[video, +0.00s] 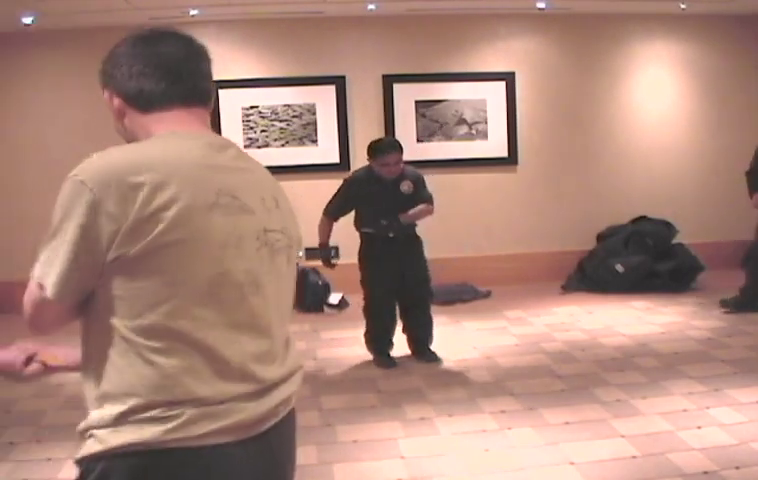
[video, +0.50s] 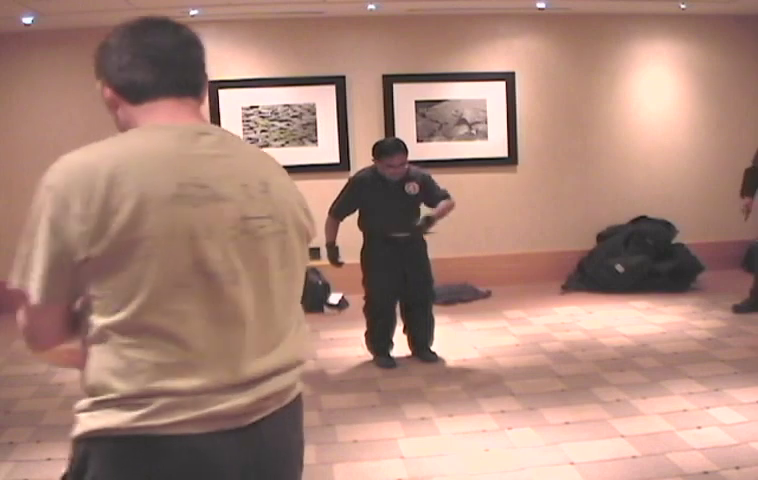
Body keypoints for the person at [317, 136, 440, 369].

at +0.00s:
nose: (392, 170)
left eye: (396, 164)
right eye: (385, 165)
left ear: (402, 160)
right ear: (372, 164)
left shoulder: (412, 178)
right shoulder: (358, 182)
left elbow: (427, 206)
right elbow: (328, 215)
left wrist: (400, 220)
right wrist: (324, 246)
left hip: (407, 244)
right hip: (375, 247)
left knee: (417, 296)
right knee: (379, 300)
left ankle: (421, 346)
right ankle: (380, 350)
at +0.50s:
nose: (399, 171)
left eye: (402, 165)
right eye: (392, 167)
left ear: (408, 160)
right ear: (378, 164)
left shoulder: (418, 178)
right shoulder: (362, 182)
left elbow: (446, 202)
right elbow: (334, 215)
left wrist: (432, 218)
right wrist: (330, 245)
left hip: (412, 246)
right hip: (379, 247)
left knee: (419, 297)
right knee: (380, 301)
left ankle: (421, 346)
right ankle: (381, 350)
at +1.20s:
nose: (406, 171)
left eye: (410, 165)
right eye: (399, 167)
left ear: (414, 160)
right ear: (384, 164)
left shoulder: (422, 178)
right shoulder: (367, 182)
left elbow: (455, 191)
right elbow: (337, 214)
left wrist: (456, 211)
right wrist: (334, 246)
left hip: (413, 248)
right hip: (379, 249)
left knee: (420, 298)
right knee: (381, 302)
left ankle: (421, 346)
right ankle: (380, 350)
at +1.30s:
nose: (406, 170)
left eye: (409, 163)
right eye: (399, 165)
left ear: (414, 160)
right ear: (384, 163)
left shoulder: (421, 178)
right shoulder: (368, 181)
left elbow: (450, 193)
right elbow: (339, 214)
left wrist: (466, 210)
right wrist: (336, 244)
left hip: (413, 246)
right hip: (379, 247)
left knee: (420, 297)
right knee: (381, 301)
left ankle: (421, 346)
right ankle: (380, 350)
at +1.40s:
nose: (405, 169)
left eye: (408, 162)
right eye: (398, 164)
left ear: (413, 158)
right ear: (384, 162)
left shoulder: (423, 179)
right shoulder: (368, 181)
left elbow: (447, 200)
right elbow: (341, 216)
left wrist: (461, 215)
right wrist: (342, 246)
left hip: (415, 247)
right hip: (380, 249)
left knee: (421, 298)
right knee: (381, 302)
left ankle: (421, 347)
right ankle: (380, 350)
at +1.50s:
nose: (403, 167)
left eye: (407, 161)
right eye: (396, 162)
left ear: (414, 157)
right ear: (384, 162)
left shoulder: (427, 179)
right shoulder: (371, 180)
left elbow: (443, 206)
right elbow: (347, 215)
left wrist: (439, 227)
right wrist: (358, 241)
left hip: (417, 248)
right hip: (381, 248)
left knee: (423, 297)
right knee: (380, 300)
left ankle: (421, 346)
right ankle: (379, 349)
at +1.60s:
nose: (403, 166)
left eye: (407, 160)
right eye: (396, 162)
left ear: (415, 157)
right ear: (385, 161)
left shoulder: (430, 179)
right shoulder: (373, 179)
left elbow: (439, 210)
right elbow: (354, 212)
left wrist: (418, 228)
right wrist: (379, 224)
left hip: (416, 244)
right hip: (381, 245)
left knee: (422, 296)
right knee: (378, 297)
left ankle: (421, 345)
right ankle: (379, 348)